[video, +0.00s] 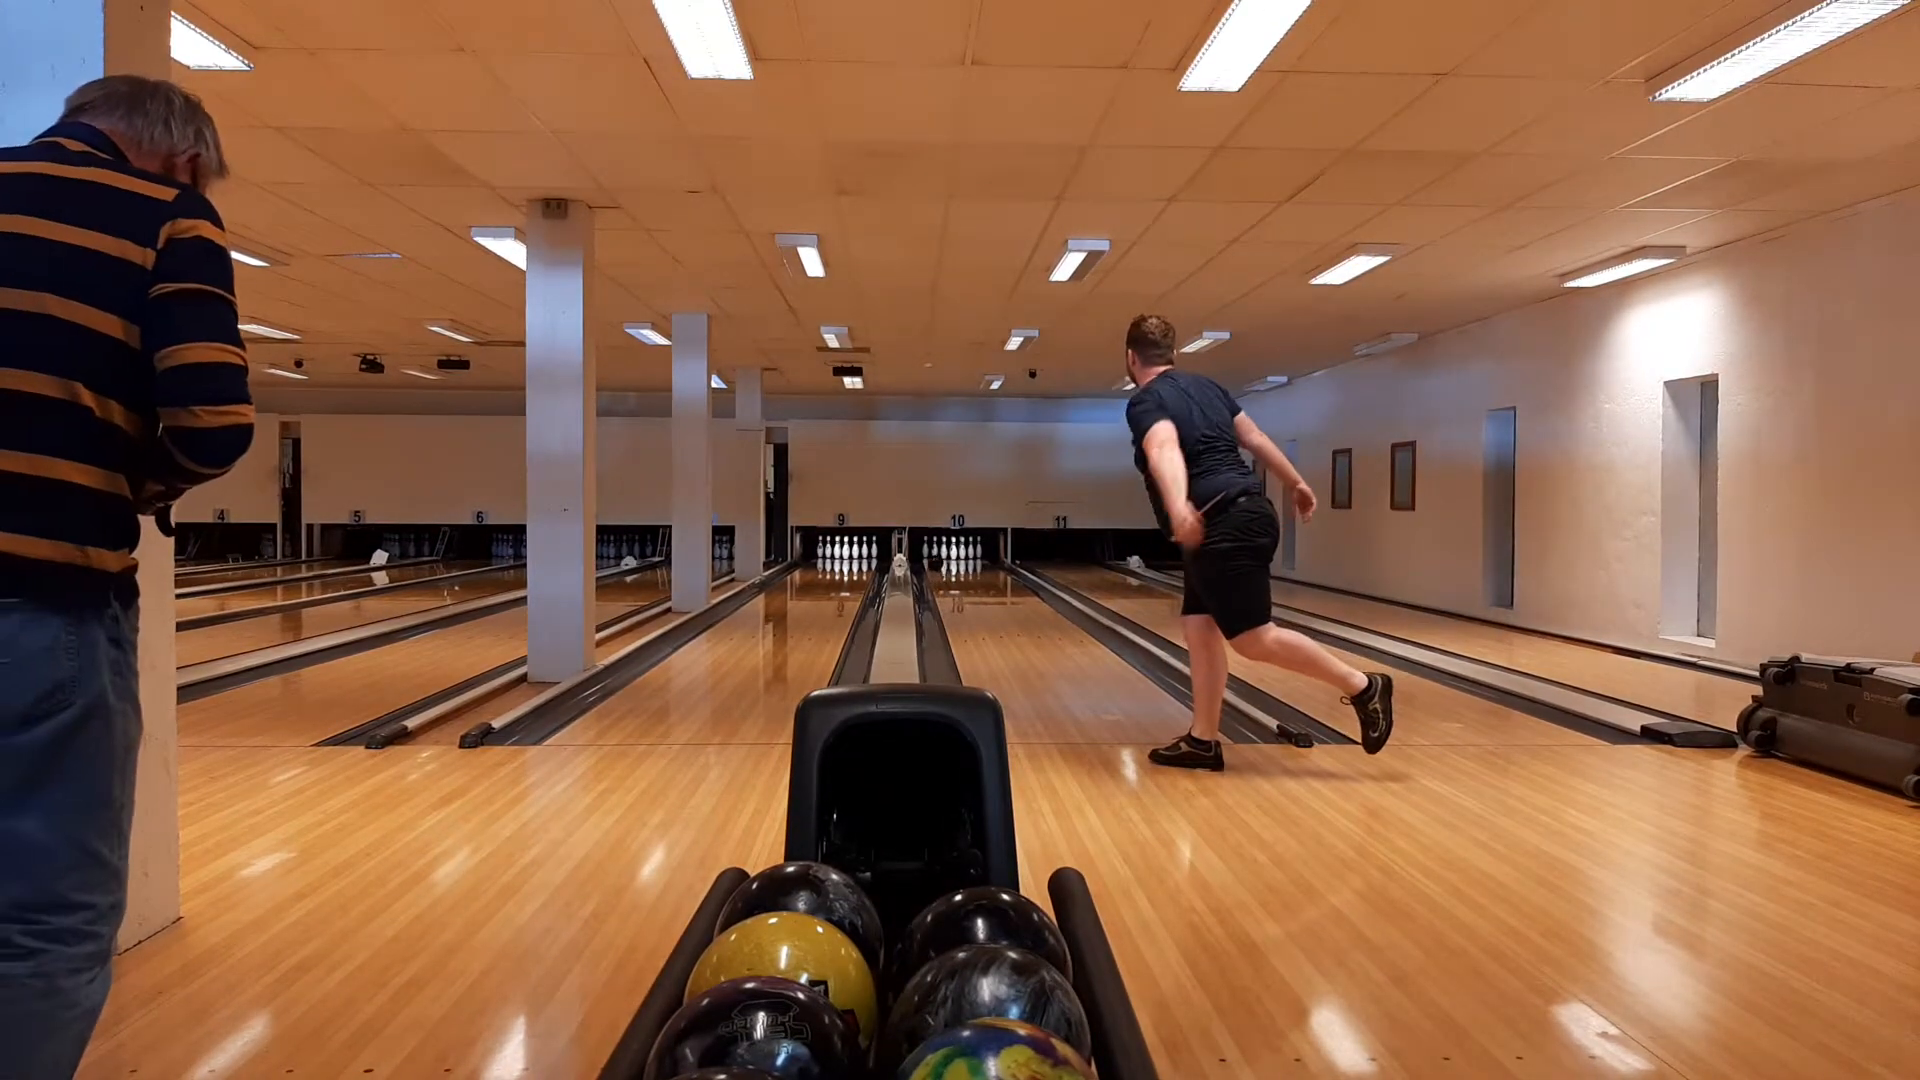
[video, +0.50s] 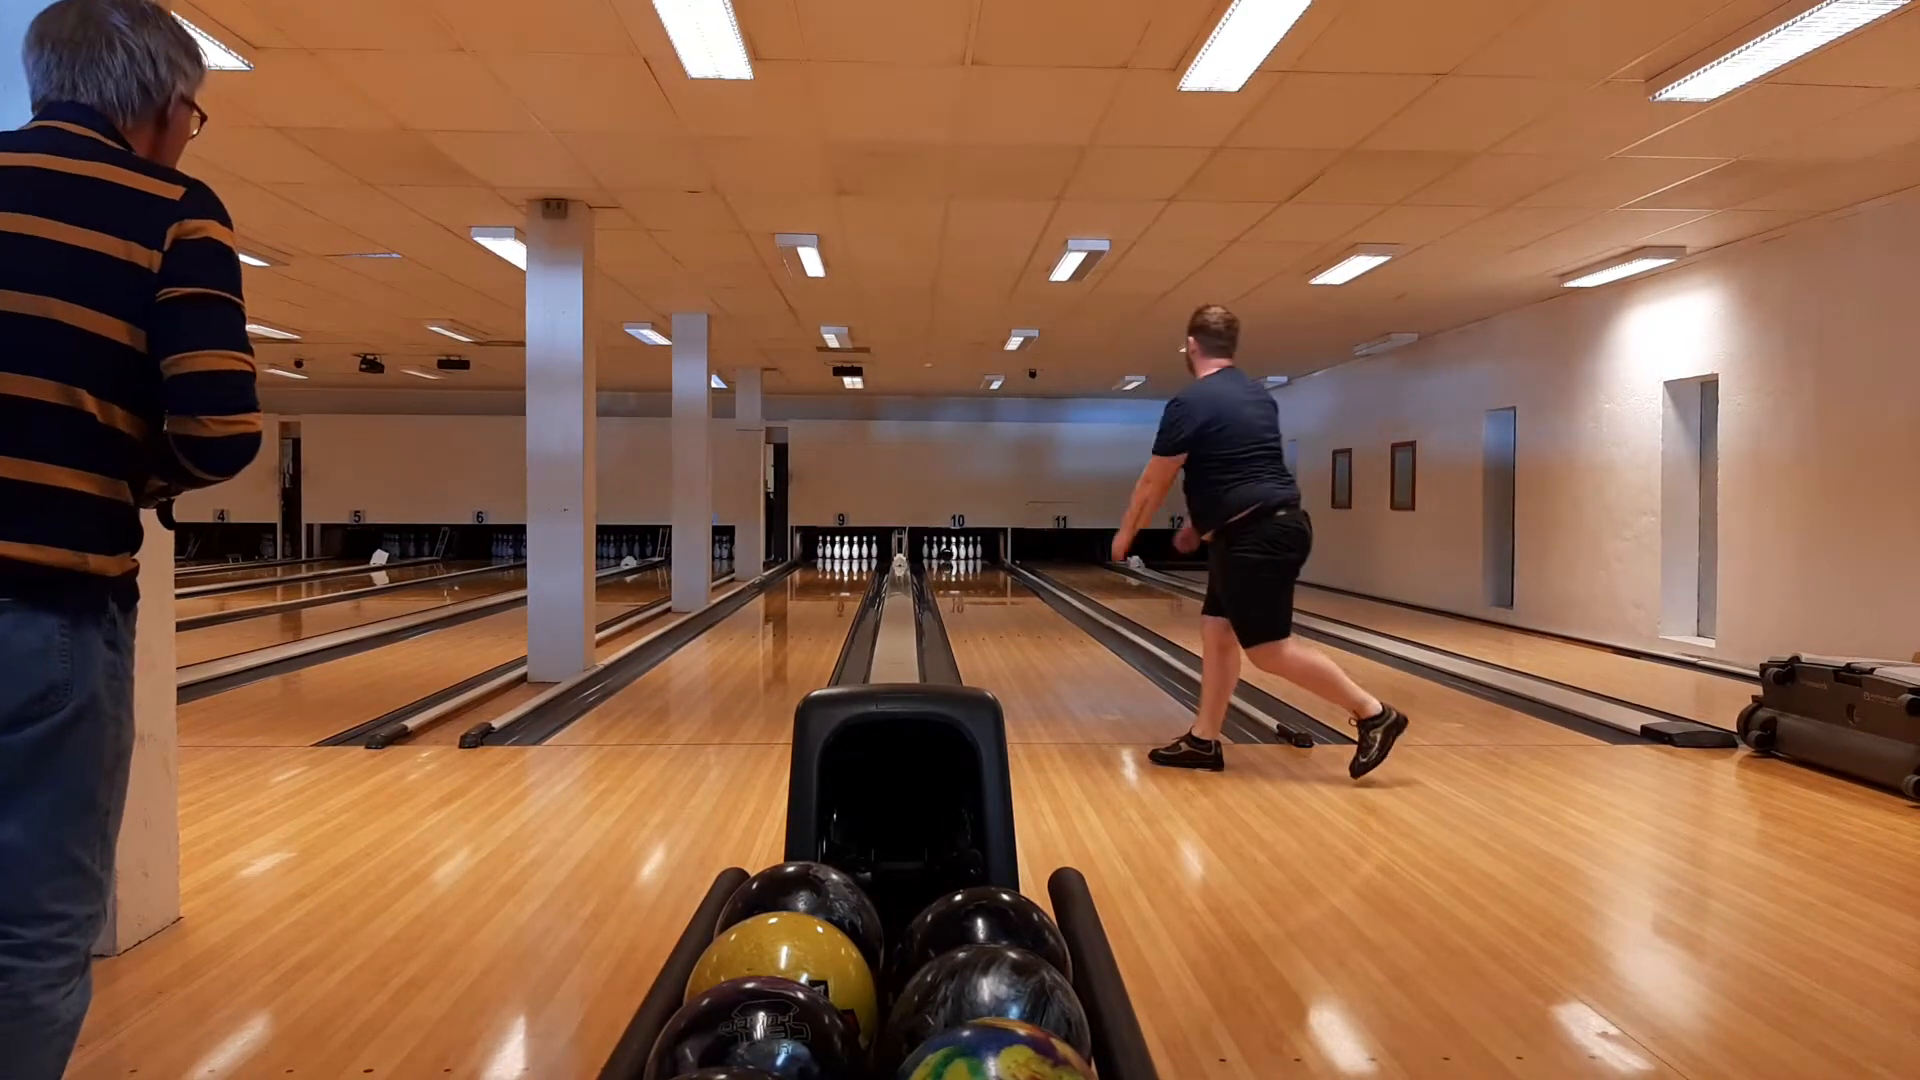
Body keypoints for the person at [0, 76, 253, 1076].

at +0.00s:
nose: (200, 199)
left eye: (208, 188)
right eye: (202, 186)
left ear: (78, 128)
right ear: (176, 159)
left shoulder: (1, 174)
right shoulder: (169, 209)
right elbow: (215, 422)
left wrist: (145, 470)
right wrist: (145, 481)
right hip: (47, 605)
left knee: (38, 922)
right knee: (49, 932)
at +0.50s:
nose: (189, 136)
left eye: (193, 115)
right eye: (189, 113)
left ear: (47, 93)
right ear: (153, 107)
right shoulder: (173, 207)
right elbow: (222, 434)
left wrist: (131, 465)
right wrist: (127, 470)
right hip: (47, 610)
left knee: (32, 925)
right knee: (38, 937)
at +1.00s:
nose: (195, 124)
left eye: (196, 102)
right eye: (193, 100)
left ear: (50, 83)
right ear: (159, 99)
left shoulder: (0, 167)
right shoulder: (176, 203)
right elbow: (228, 430)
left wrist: (158, 467)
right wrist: (152, 477)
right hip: (53, 611)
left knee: (34, 925)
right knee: (42, 940)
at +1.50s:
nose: (196, 136)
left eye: (199, 117)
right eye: (198, 114)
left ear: (53, 95)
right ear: (170, 109)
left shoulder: (2, 175)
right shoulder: (180, 209)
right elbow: (229, 433)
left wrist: (162, 465)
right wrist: (159, 476)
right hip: (54, 613)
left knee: (35, 923)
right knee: (48, 937)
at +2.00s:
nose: (186, 128)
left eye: (189, 109)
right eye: (188, 107)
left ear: (44, 84)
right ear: (161, 101)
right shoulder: (169, 206)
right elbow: (230, 431)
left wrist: (155, 465)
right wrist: (149, 476)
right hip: (55, 614)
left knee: (35, 919)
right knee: (48, 933)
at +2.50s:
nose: (173, 109)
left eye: (176, 88)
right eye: (174, 87)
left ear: (30, 59)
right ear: (138, 82)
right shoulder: (147, 194)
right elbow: (197, 437)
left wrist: (175, 482)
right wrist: (184, 491)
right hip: (45, 609)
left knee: (36, 926)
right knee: (40, 939)